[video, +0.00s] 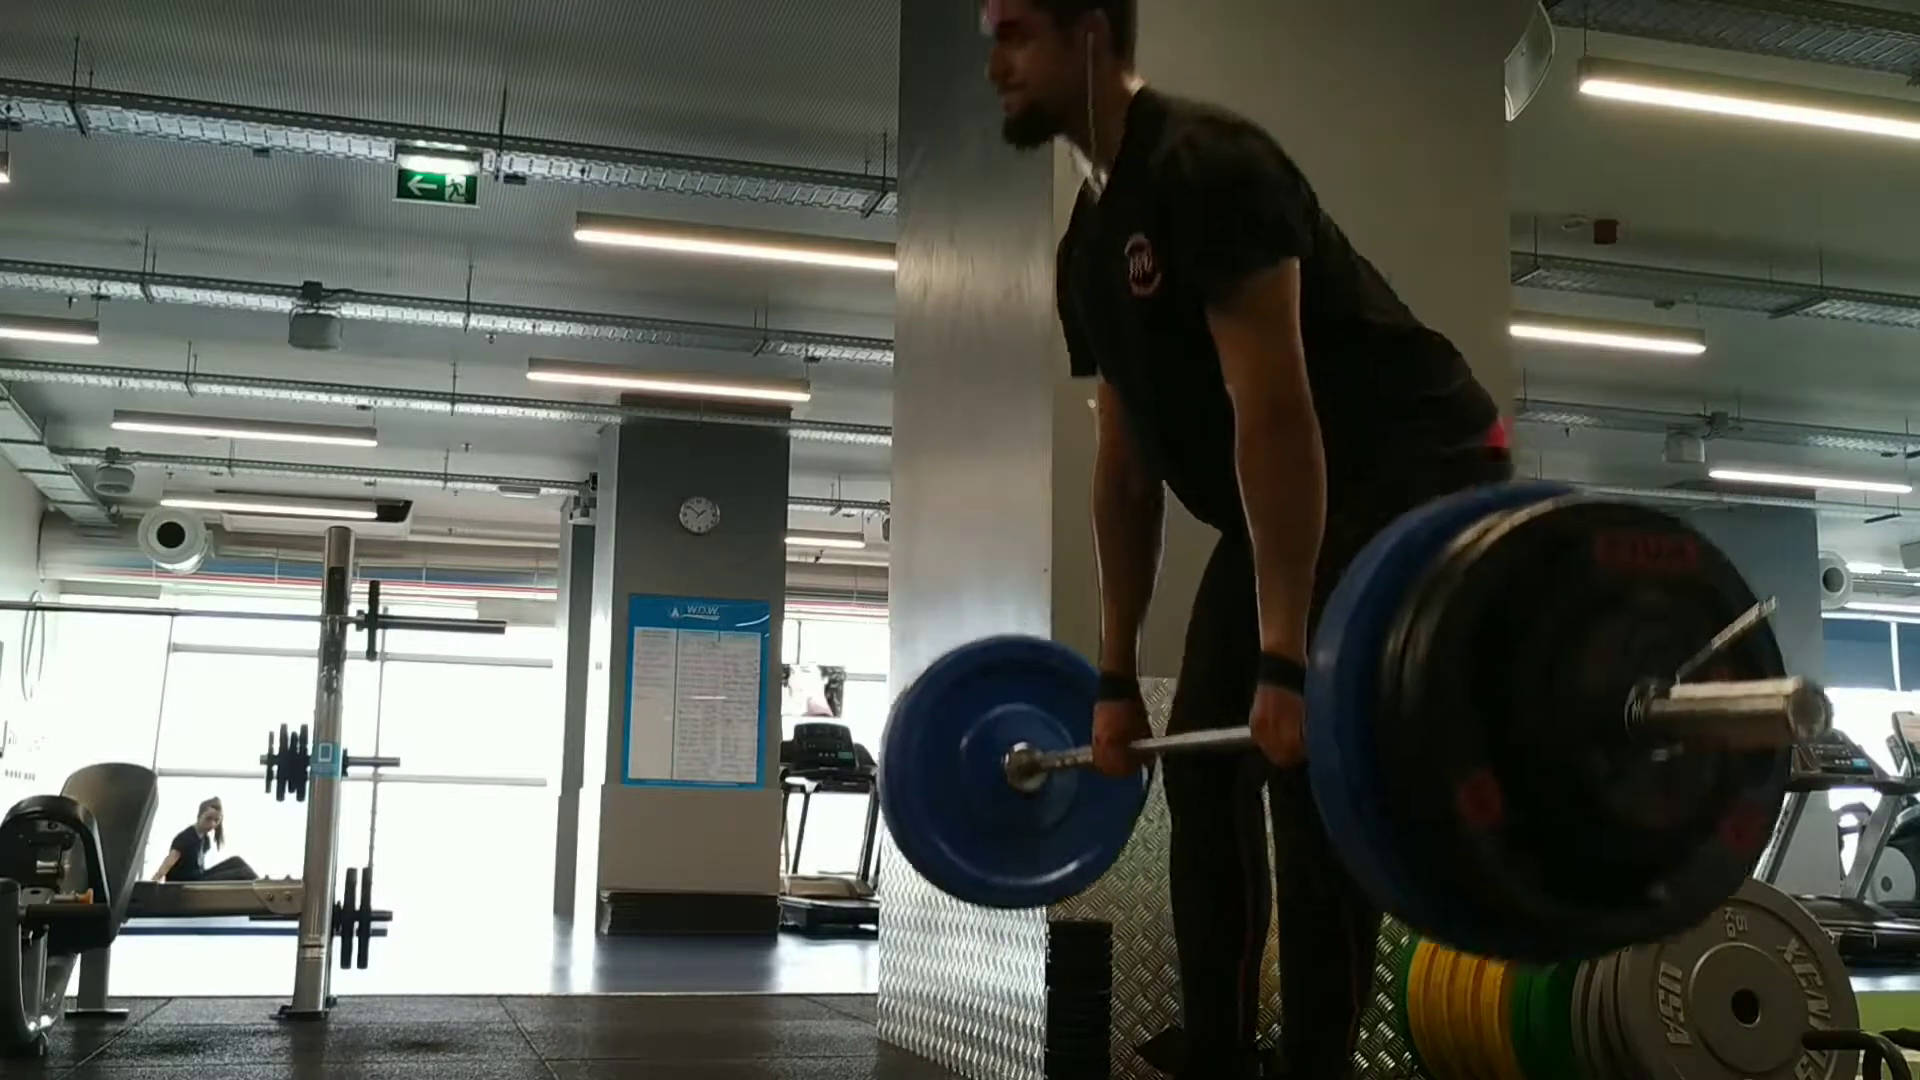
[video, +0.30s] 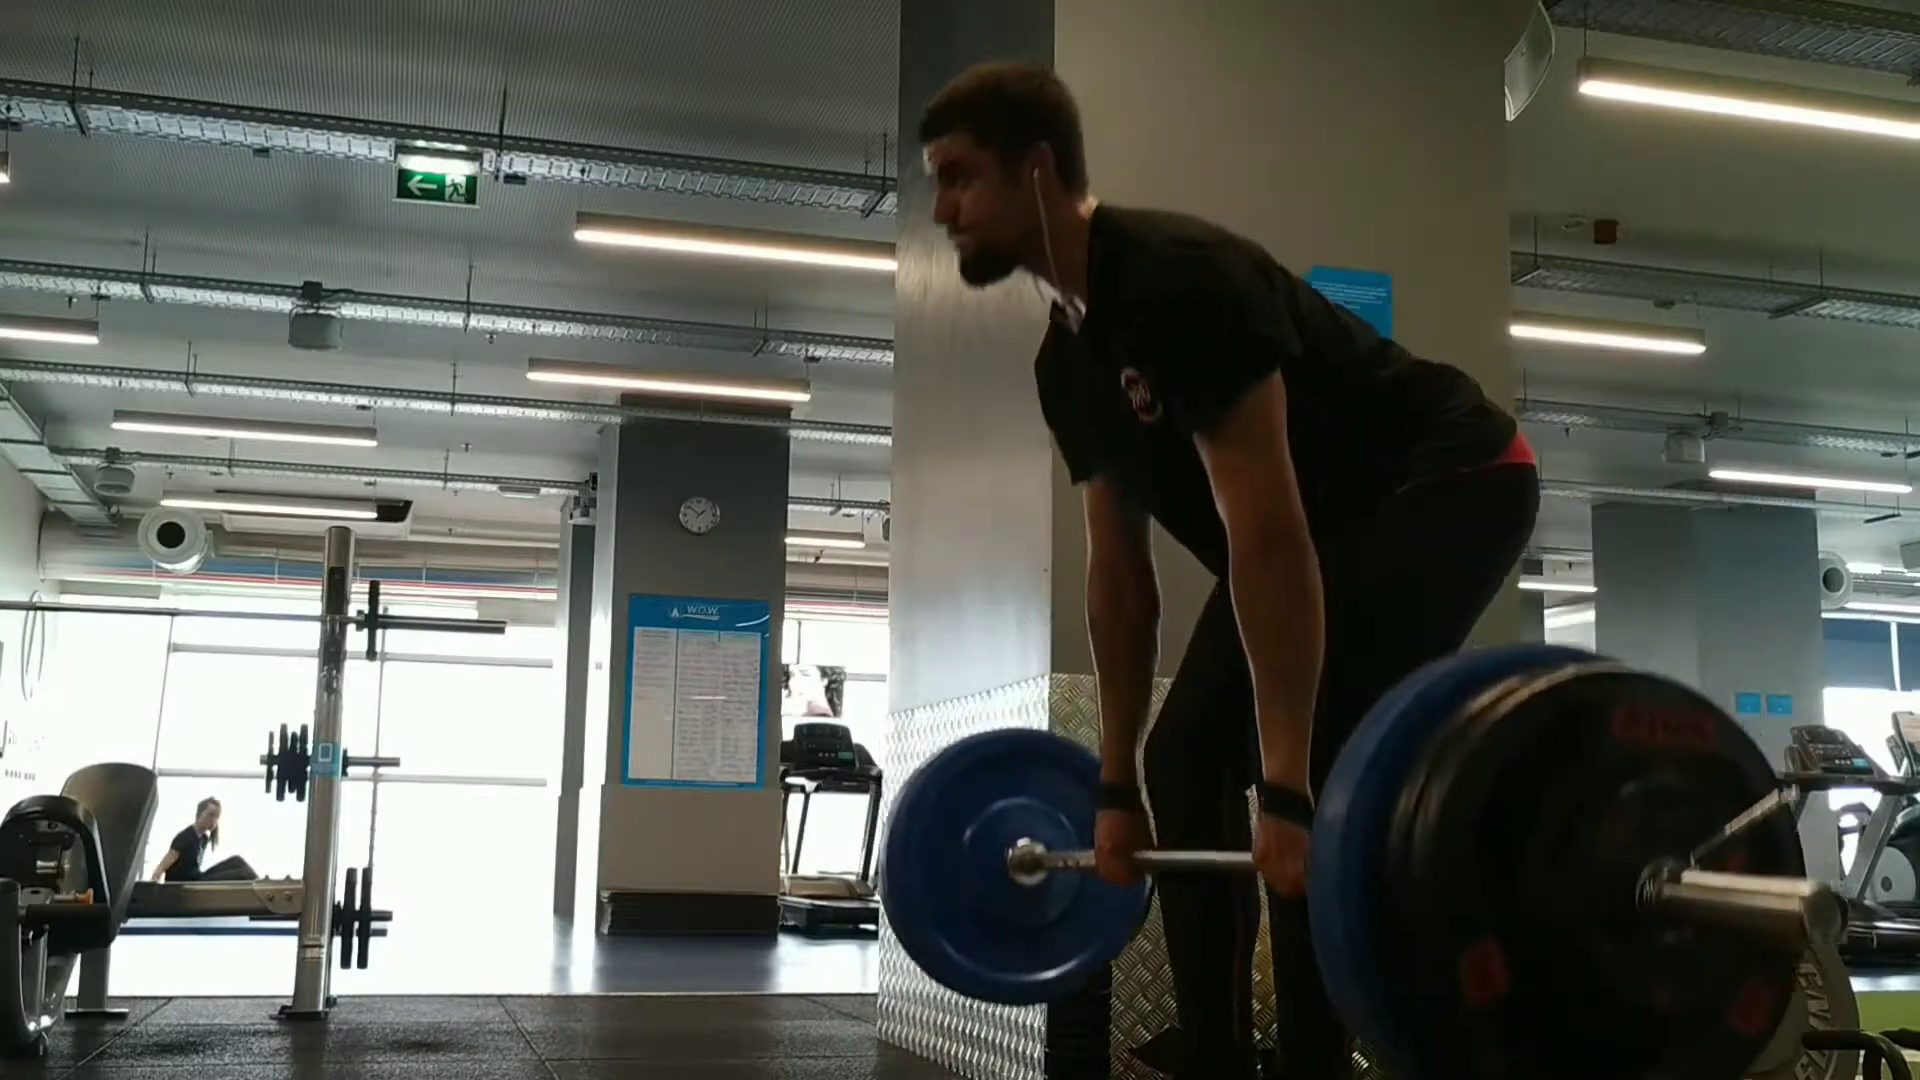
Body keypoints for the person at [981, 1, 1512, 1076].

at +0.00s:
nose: (993, 69)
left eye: (1013, 38)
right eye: (990, 44)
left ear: (1093, 34)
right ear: (1075, 49)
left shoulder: (1207, 163)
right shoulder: (1090, 241)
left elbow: (1280, 421)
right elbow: (1123, 468)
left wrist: (1283, 661)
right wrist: (1118, 670)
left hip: (1405, 493)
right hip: (1279, 508)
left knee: (1316, 758)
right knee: (1201, 755)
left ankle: (1317, 1058)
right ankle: (1212, 1047)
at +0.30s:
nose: (941, 208)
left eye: (959, 178)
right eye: (934, 184)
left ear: (1042, 169)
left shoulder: (1181, 277)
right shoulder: (1066, 362)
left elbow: (1271, 541)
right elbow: (1117, 575)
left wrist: (1284, 789)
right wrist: (1116, 782)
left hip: (1445, 487)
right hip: (1304, 526)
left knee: (1310, 776)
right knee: (1186, 760)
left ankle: (1315, 1055)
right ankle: (1210, 1045)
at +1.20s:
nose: (997, 53)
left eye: (1021, 23)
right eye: (996, 29)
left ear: (1098, 29)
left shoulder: (1212, 158)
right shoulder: (1094, 243)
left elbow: (1281, 417)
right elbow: (1128, 460)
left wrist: (1282, 652)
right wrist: (1121, 671)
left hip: (1401, 495)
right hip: (1272, 510)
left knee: (1313, 771)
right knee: (1207, 763)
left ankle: (1312, 1058)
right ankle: (1212, 1047)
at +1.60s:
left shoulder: (1360, 50)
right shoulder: (1230, 114)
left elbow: (1341, 282)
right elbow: (1181, 330)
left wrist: (1287, 496)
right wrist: (1129, 541)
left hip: (1270, 495)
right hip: (1183, 502)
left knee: (1285, 790)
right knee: (1199, 795)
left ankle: (1312, 1059)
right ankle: (1212, 1050)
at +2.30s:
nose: (998, 77)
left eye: (1018, 42)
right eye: (992, 52)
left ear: (1095, 36)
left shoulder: (1216, 162)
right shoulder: (1099, 246)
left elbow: (1290, 417)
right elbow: (1138, 474)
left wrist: (1288, 662)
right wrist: (1127, 680)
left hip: (1418, 488)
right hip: (1289, 505)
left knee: (1320, 757)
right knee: (1210, 753)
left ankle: (1317, 1054)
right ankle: (1216, 1042)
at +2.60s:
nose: (945, 214)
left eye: (963, 183)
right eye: (938, 190)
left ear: (1049, 176)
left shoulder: (1185, 282)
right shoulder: (1071, 369)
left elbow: (1276, 544)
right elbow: (1124, 583)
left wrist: (1284, 798)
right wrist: (1122, 796)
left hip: (1449, 491)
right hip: (1314, 529)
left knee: (1311, 780)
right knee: (1188, 755)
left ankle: (1313, 1052)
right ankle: (1207, 1043)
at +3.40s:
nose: (1002, 69)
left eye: (1023, 39)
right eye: (1000, 45)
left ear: (1102, 44)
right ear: (1084, 56)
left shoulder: (1213, 169)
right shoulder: (1094, 258)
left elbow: (1282, 425)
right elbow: (1130, 475)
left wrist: (1279, 662)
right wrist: (1124, 683)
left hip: (1415, 500)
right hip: (1280, 520)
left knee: (1314, 772)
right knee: (1204, 762)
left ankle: (1313, 1058)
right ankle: (1214, 1046)